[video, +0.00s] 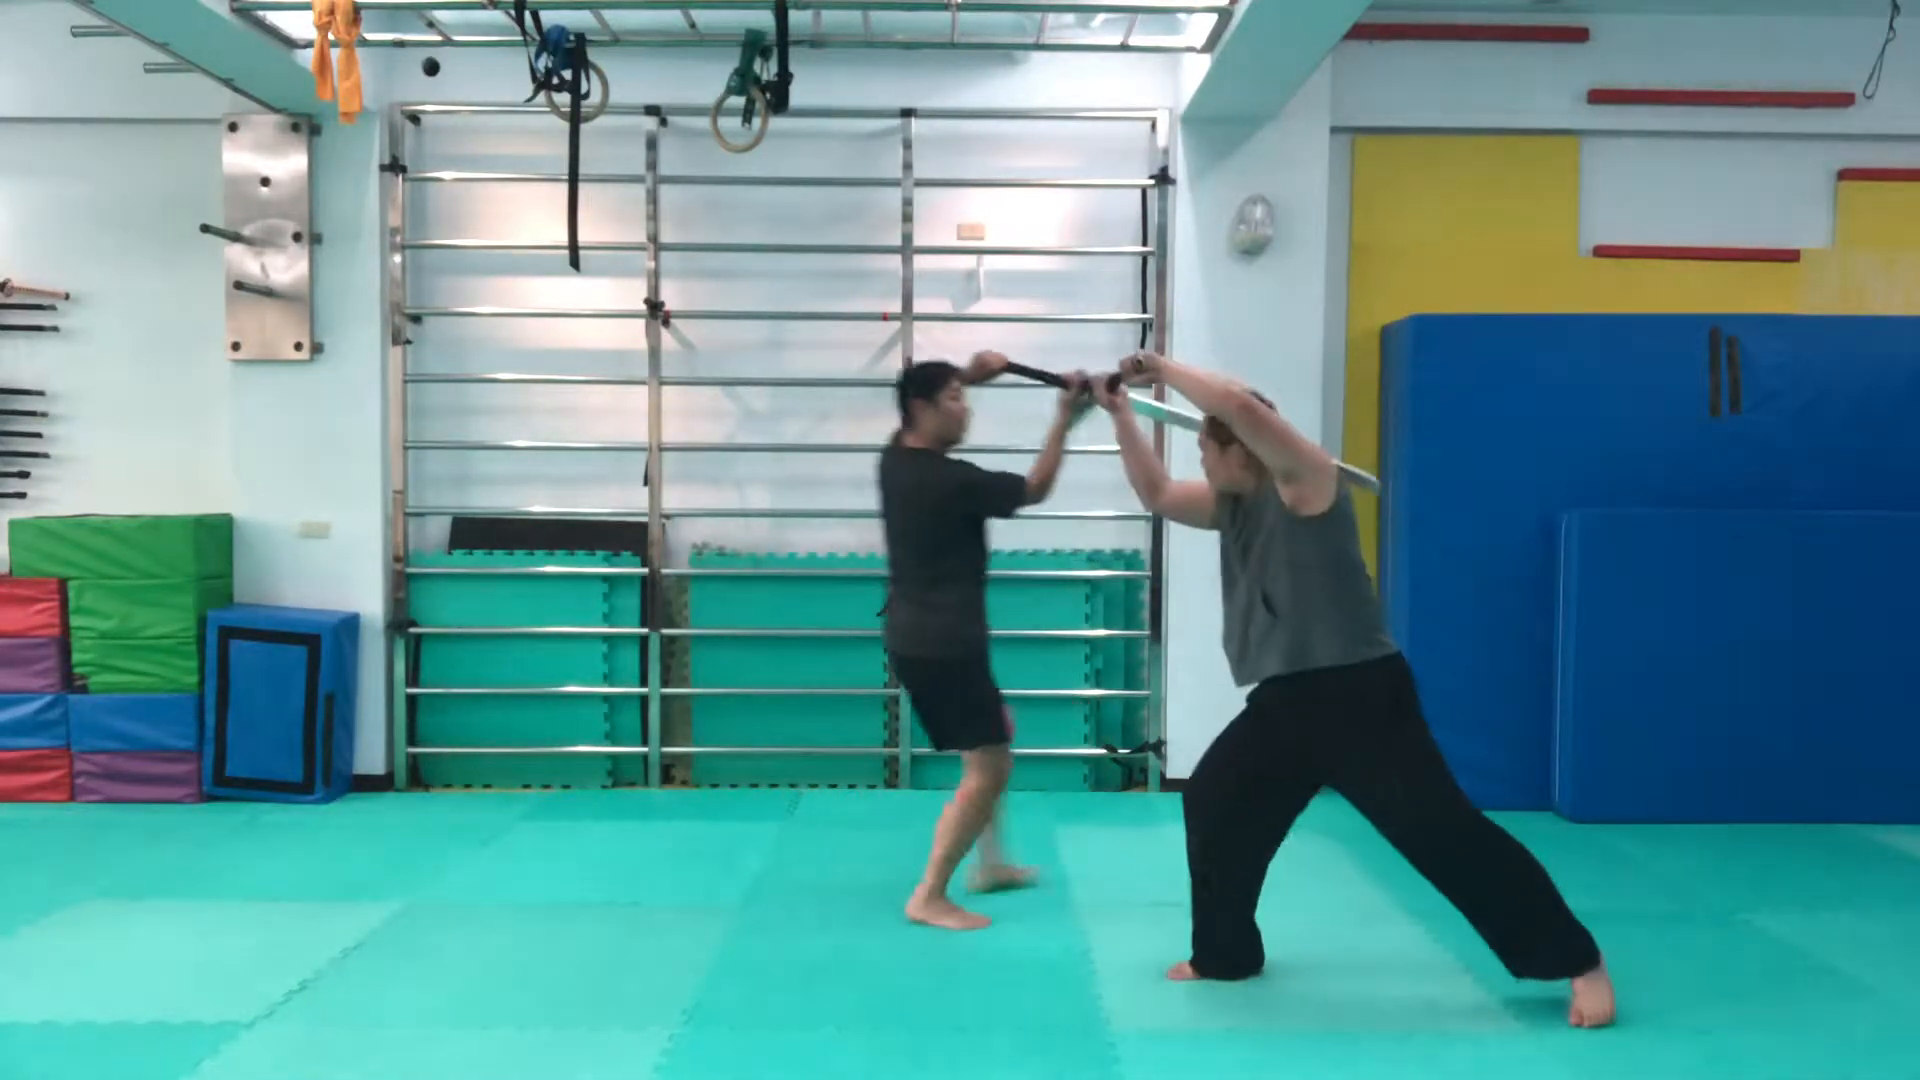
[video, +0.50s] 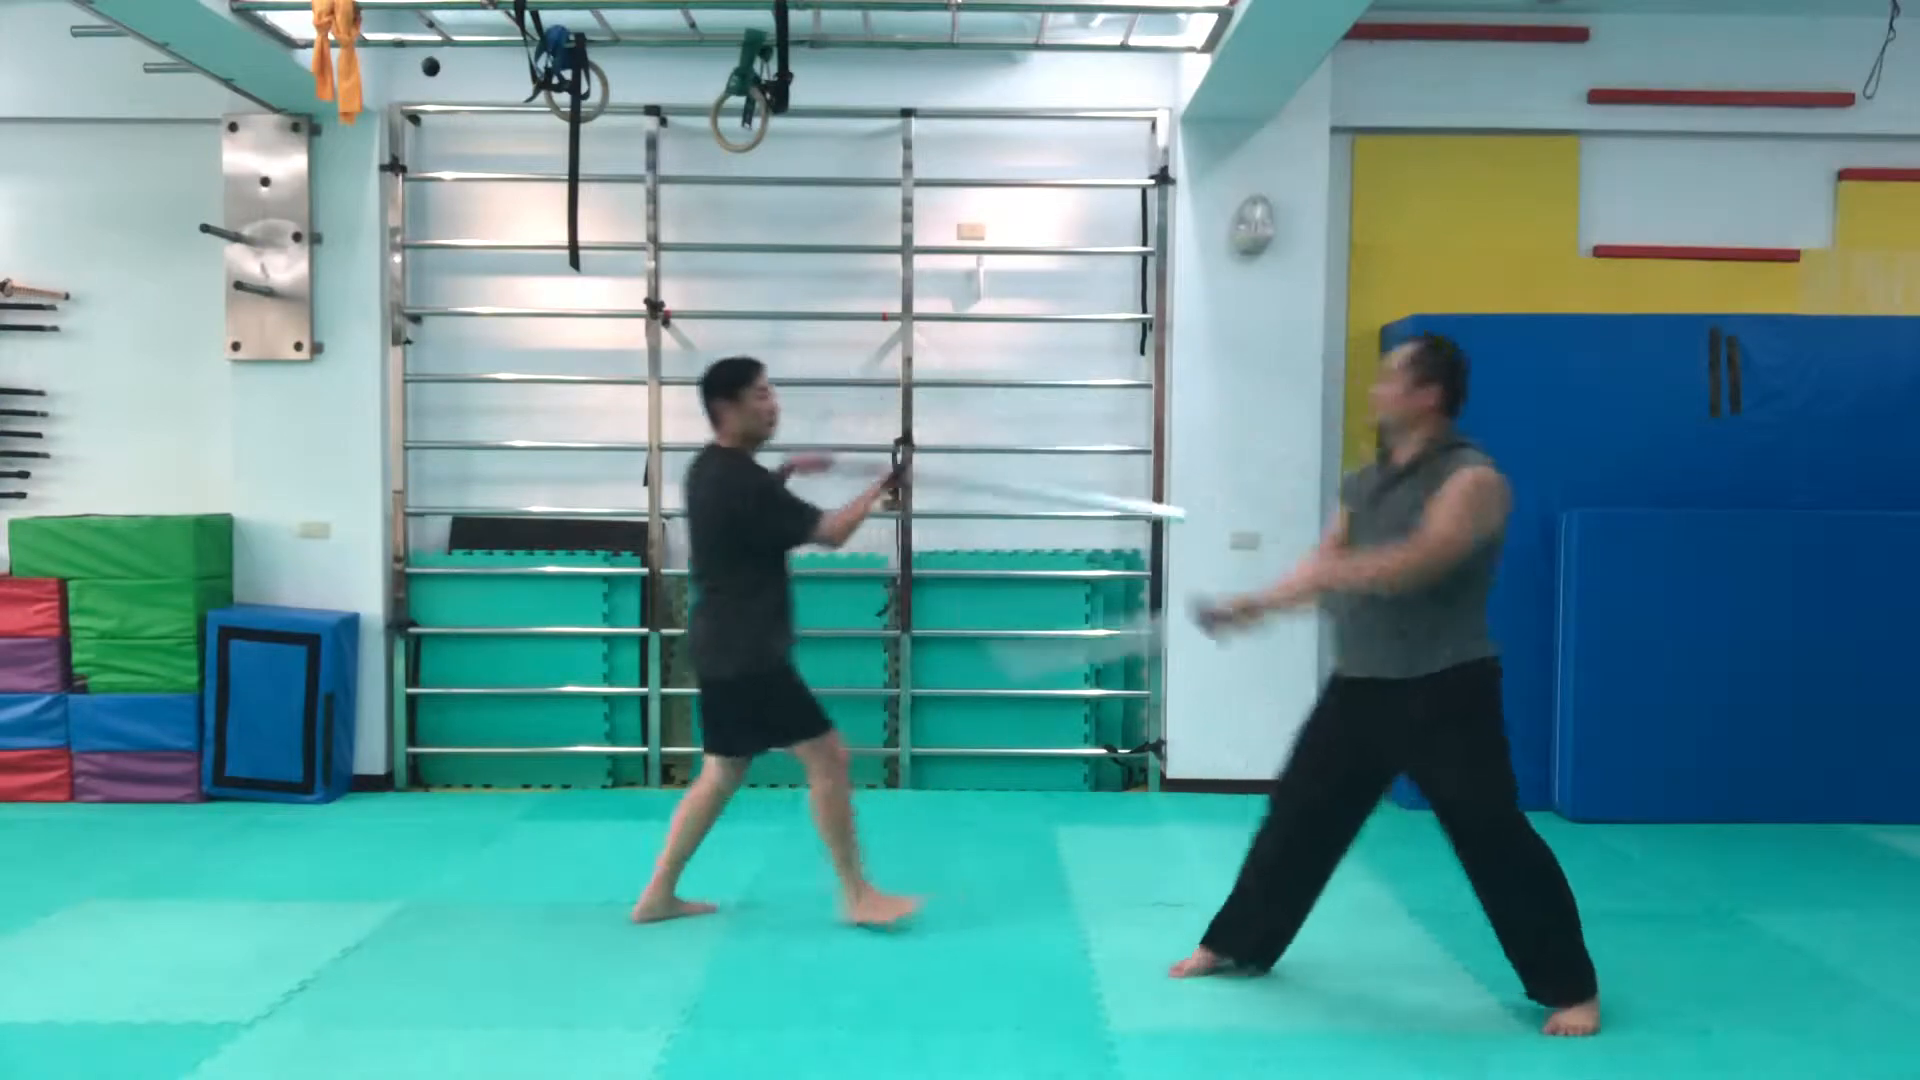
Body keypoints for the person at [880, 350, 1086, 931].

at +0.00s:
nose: (965, 410)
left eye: (964, 400)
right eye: (956, 401)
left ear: (915, 413)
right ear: (925, 411)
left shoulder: (895, 462)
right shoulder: (952, 479)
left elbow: (928, 420)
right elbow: (1035, 487)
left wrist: (969, 377)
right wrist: (1063, 418)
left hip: (914, 642)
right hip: (948, 648)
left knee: (993, 736)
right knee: (988, 765)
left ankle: (990, 866)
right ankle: (929, 896)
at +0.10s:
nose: (929, 403)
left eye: (927, 393)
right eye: (919, 395)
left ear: (882, 407)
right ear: (888, 404)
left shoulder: (861, 457)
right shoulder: (917, 472)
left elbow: (896, 415)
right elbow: (1001, 483)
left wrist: (938, 376)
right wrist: (1033, 413)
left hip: (879, 641)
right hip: (920, 644)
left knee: (936, 753)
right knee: (964, 761)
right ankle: (927, 898)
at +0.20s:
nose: (887, 404)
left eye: (886, 394)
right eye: (878, 395)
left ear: (841, 405)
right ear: (844, 404)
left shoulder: (825, 458)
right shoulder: (875, 473)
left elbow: (861, 411)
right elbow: (962, 486)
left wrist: (901, 380)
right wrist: (1000, 416)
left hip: (849, 642)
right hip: (889, 644)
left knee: (887, 753)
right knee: (940, 762)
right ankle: (925, 900)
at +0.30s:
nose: (846, 407)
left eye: (844, 398)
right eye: (834, 400)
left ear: (802, 413)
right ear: (800, 412)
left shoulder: (787, 464)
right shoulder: (826, 480)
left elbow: (826, 409)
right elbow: (919, 495)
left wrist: (868, 394)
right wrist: (958, 427)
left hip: (811, 647)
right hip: (847, 650)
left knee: (809, 760)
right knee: (904, 760)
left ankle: (697, 858)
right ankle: (922, 901)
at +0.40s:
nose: (808, 413)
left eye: (804, 400)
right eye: (794, 403)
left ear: (757, 419)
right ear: (760, 416)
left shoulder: (744, 471)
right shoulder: (781, 486)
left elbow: (785, 453)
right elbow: (876, 511)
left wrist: (825, 427)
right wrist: (916, 452)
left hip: (759, 657)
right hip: (793, 661)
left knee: (741, 775)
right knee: (864, 767)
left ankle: (663, 890)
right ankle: (911, 898)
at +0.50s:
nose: (774, 404)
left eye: (771, 393)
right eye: (761, 396)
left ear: (726, 411)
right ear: (727, 409)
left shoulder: (706, 471)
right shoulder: (746, 481)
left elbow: (744, 506)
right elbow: (830, 531)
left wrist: (788, 471)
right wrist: (875, 493)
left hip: (719, 657)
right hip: (752, 658)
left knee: (721, 774)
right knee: (827, 758)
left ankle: (657, 895)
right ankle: (857, 896)